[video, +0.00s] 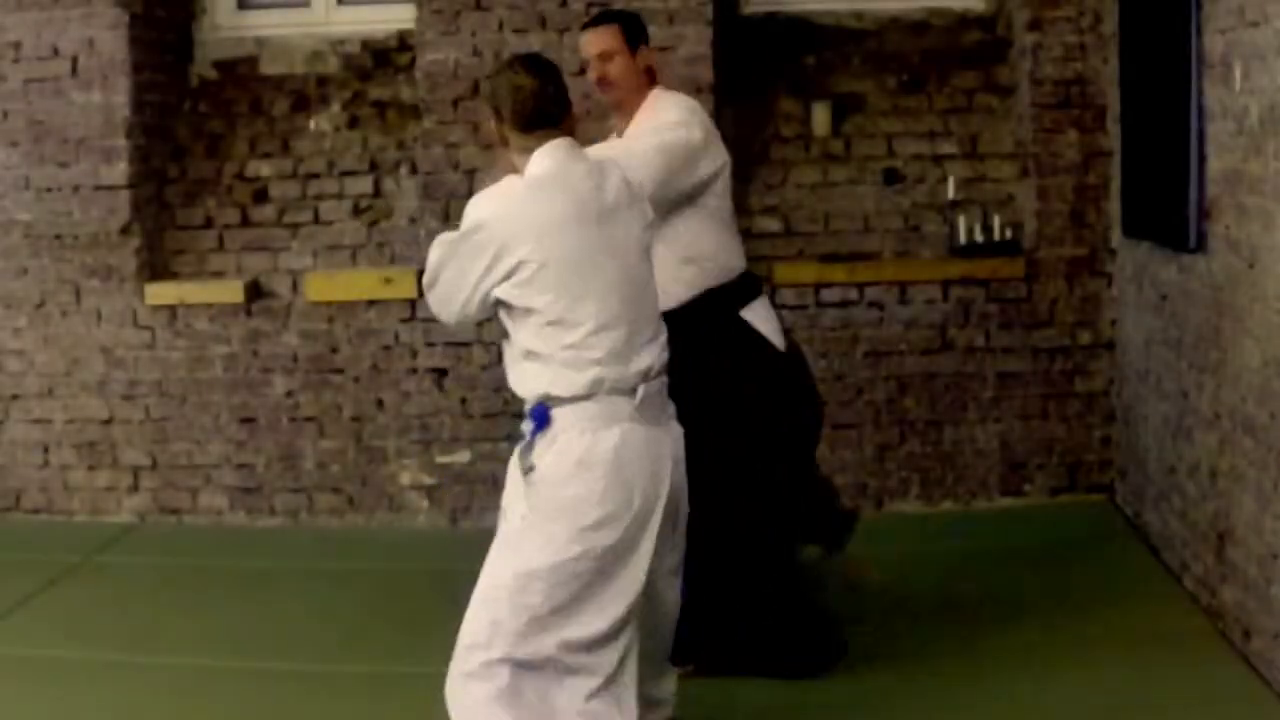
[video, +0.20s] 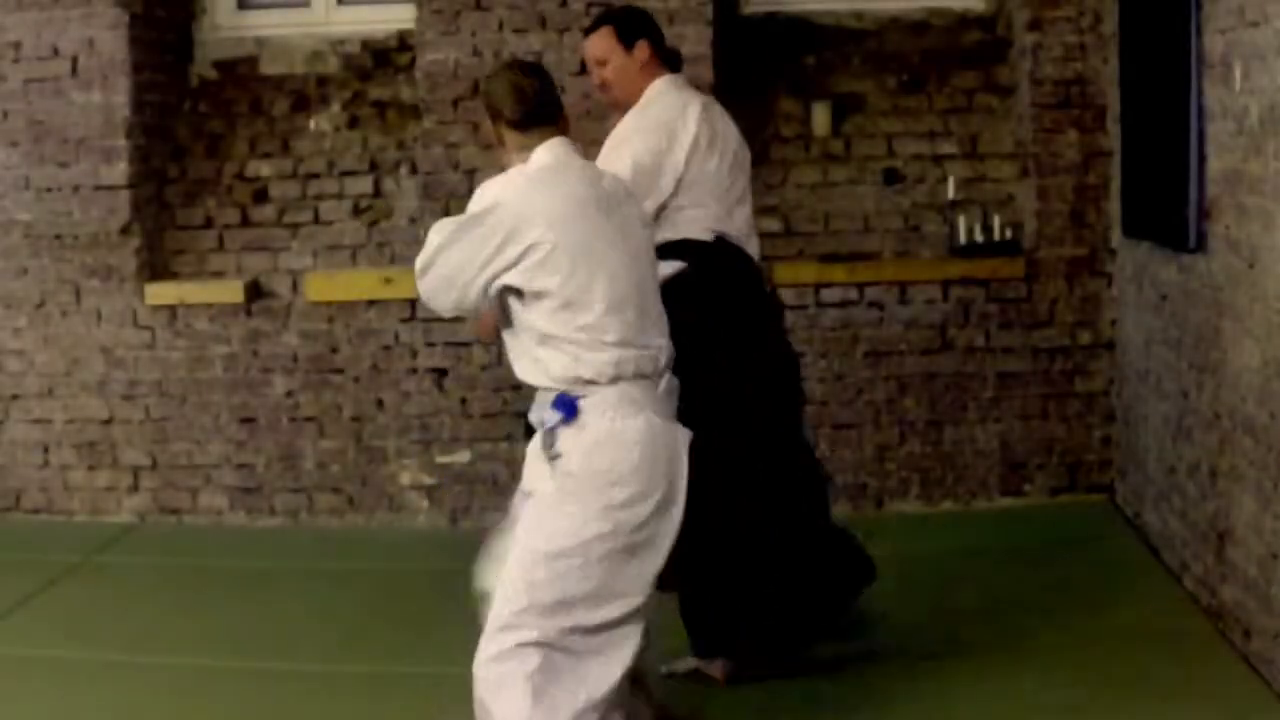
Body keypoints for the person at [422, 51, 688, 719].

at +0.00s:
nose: (482, 128)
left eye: (483, 117)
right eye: (486, 116)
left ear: (494, 126)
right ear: (569, 114)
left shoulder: (504, 210)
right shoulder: (618, 182)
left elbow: (449, 299)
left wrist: (459, 234)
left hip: (579, 453)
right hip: (658, 441)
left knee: (486, 670)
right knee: (611, 663)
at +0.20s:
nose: (481, 136)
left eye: (481, 124)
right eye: (484, 124)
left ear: (492, 128)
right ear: (561, 116)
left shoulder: (517, 199)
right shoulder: (614, 191)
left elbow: (438, 286)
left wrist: (488, 204)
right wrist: (502, 304)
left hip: (592, 444)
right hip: (655, 432)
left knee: (516, 642)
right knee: (593, 636)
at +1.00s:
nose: (457, 261)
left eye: (459, 251)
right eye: (457, 252)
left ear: (475, 252)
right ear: (521, 243)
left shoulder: (486, 305)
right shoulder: (559, 313)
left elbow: (401, 327)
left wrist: (458, 287)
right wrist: (484, 286)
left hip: (482, 510)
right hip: (539, 504)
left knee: (472, 666)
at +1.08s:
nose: (450, 270)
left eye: (450, 260)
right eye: (451, 261)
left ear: (461, 258)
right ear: (507, 250)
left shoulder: (472, 306)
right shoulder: (547, 310)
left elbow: (398, 333)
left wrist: (443, 294)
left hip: (478, 508)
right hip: (535, 504)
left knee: (473, 667)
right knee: (513, 660)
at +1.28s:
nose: (435, 269)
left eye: (434, 259)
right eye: (433, 260)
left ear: (446, 256)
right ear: (492, 247)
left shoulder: (461, 298)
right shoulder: (534, 298)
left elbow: (394, 341)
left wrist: (430, 295)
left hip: (476, 486)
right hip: (531, 484)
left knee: (477, 629)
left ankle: (498, 706)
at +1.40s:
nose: (433, 269)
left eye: (432, 260)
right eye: (431, 260)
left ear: (443, 255)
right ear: (490, 247)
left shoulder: (459, 296)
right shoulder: (533, 300)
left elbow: (395, 344)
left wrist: (429, 295)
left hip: (474, 484)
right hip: (529, 483)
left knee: (477, 632)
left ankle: (498, 706)